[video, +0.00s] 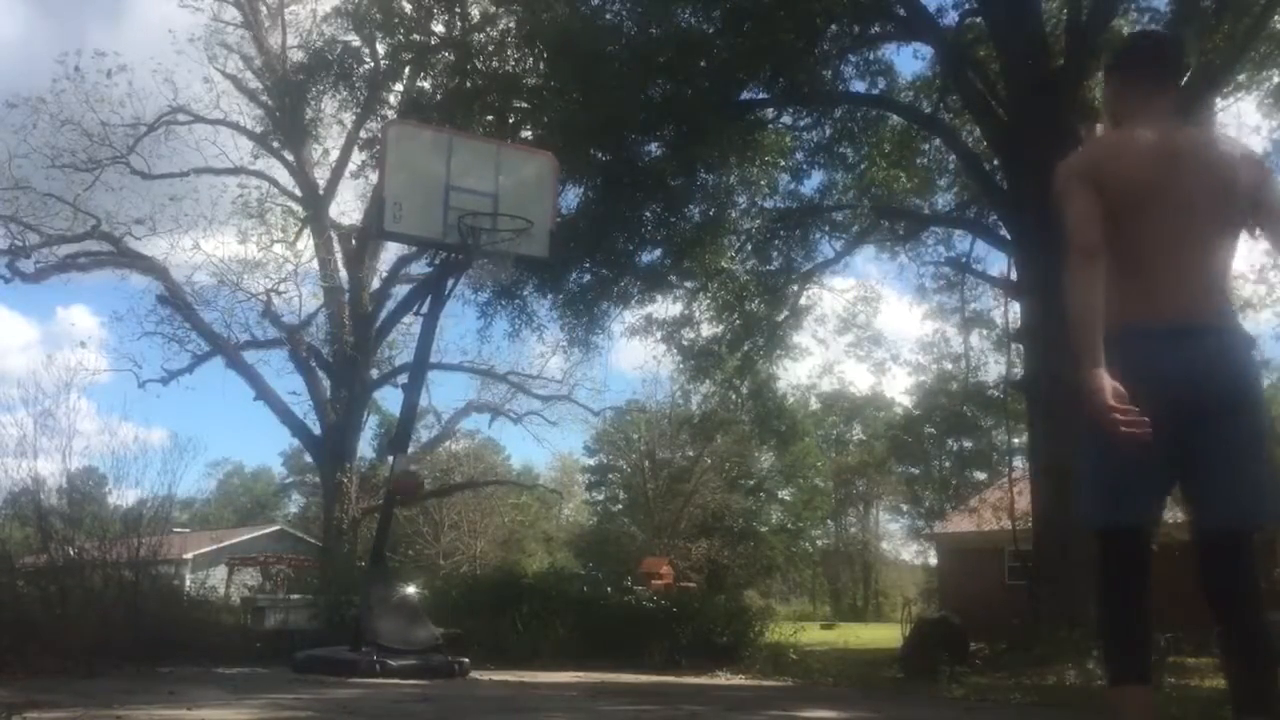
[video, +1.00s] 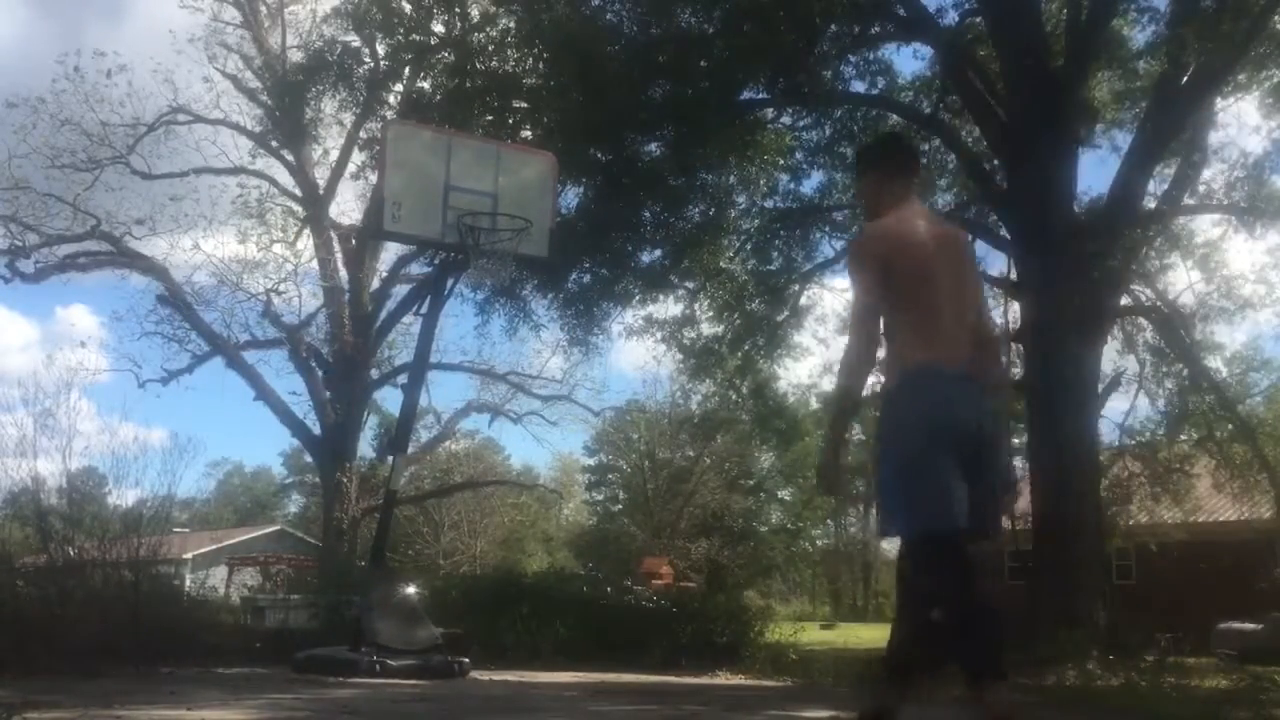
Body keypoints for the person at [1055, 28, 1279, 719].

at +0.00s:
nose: (1110, 99)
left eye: (1111, 88)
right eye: (1114, 88)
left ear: (1116, 88)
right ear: (1178, 86)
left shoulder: (1087, 162)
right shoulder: (1232, 159)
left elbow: (1086, 258)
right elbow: (1278, 230)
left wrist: (1094, 365)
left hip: (1128, 361)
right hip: (1219, 359)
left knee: (1122, 547)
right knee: (1231, 546)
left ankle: (1130, 696)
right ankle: (1255, 699)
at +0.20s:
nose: (1067, 130)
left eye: (1068, 120)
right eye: (1069, 121)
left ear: (1076, 116)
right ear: (1133, 109)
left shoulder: (1066, 182)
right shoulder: (1198, 178)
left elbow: (1074, 292)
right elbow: (1241, 298)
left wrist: (1083, 407)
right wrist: (1266, 393)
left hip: (1114, 374)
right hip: (1201, 371)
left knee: (1081, 551)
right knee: (1222, 552)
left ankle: (1067, 702)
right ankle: (1249, 702)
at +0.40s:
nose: (1002, 168)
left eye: (1004, 155)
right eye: (1001, 156)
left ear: (1023, 147)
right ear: (1068, 141)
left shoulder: (1023, 200)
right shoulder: (1132, 204)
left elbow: (1030, 311)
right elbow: (1136, 302)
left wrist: (1036, 431)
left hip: (1076, 382)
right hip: (1152, 376)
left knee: (1053, 557)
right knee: (1174, 550)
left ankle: (1036, 700)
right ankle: (1225, 698)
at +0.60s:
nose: (941, 170)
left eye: (943, 157)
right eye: (939, 158)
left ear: (964, 151)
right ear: (1001, 145)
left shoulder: (964, 206)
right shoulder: (1060, 202)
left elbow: (965, 321)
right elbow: (1072, 312)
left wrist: (959, 433)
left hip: (1015, 383)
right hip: (1083, 381)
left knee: (1014, 555)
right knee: (1074, 559)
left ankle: (1018, 701)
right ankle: (1152, 675)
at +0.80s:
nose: (904, 179)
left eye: (905, 168)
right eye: (904, 168)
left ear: (919, 159)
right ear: (957, 155)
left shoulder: (922, 214)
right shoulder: (1011, 213)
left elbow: (906, 326)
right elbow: (1027, 314)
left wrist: (884, 435)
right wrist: (1024, 378)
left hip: (967, 385)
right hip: (1027, 384)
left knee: (976, 541)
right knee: (990, 532)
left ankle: (1007, 694)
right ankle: (1010, 681)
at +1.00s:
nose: (859, 195)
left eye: (862, 184)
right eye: (861, 184)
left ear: (873, 181)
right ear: (915, 177)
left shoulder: (872, 239)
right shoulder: (956, 237)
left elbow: (862, 347)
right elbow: (985, 333)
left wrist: (834, 442)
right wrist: (991, 402)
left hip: (915, 399)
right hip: (971, 397)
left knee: (941, 544)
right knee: (928, 544)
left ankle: (985, 683)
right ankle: (898, 685)